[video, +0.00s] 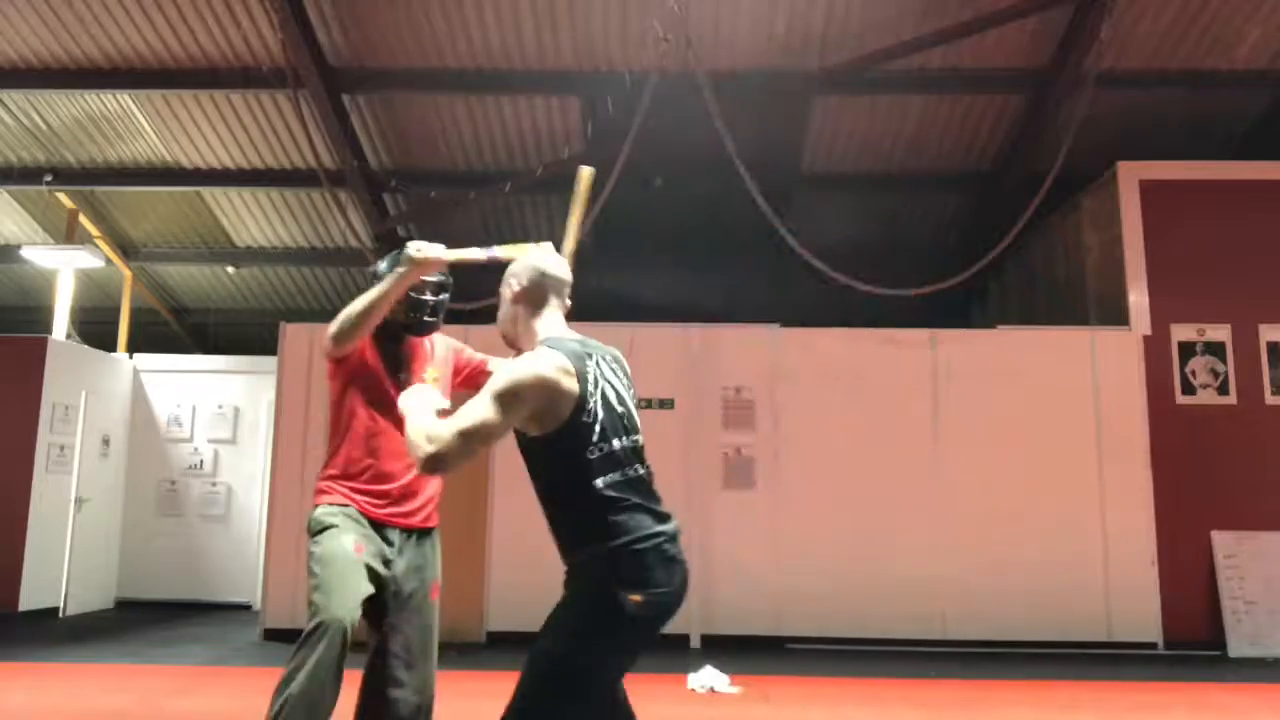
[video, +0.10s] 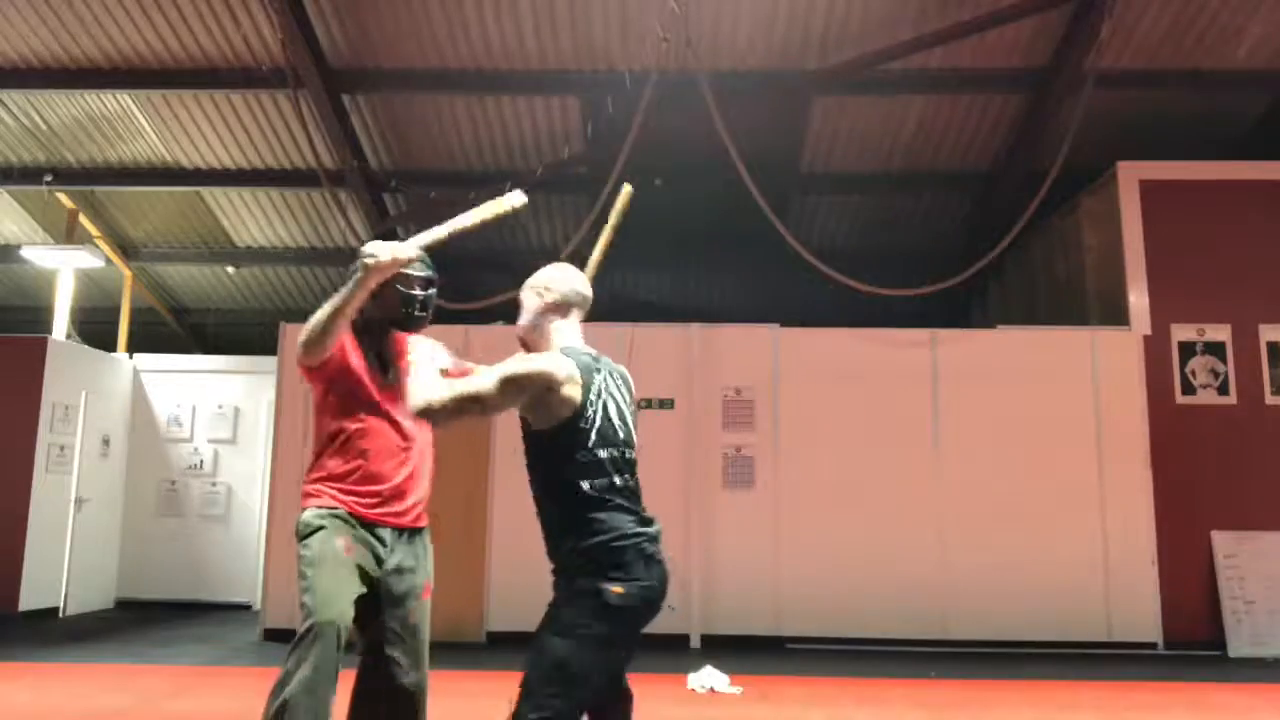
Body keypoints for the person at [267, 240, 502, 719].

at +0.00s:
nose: (428, 296)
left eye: (437, 286)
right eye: (413, 285)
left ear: (445, 295)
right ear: (384, 292)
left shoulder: (446, 351)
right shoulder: (355, 344)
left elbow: (513, 380)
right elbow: (338, 340)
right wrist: (405, 271)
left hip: (416, 530)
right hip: (348, 511)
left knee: (410, 687)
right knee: (336, 618)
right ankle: (290, 714)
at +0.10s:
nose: (420, 295)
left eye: (425, 285)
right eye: (408, 284)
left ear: (431, 292)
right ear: (373, 290)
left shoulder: (424, 351)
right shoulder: (337, 340)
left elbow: (482, 378)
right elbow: (310, 350)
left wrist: (544, 368)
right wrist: (365, 278)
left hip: (407, 532)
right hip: (337, 516)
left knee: (404, 678)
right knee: (327, 625)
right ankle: (292, 715)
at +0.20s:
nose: (395, 290)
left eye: (398, 279)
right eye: (384, 277)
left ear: (396, 290)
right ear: (353, 284)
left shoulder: (389, 356)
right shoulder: (309, 339)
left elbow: (411, 423)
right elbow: (283, 378)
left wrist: (479, 407)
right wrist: (340, 299)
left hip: (392, 539)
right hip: (323, 535)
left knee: (395, 692)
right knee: (298, 668)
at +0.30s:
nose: (361, 312)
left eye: (362, 307)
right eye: (353, 300)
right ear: (328, 298)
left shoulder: (348, 372)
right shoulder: (288, 343)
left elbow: (360, 468)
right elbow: (281, 380)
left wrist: (434, 465)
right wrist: (345, 322)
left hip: (368, 556)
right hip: (304, 556)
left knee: (391, 704)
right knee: (280, 702)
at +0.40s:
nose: (322, 320)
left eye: (322, 310)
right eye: (310, 309)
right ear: (279, 315)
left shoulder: (313, 396)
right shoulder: (238, 367)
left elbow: (342, 499)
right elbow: (255, 414)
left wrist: (405, 507)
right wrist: (350, 364)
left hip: (357, 556)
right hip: (296, 559)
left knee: (390, 703)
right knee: (300, 705)